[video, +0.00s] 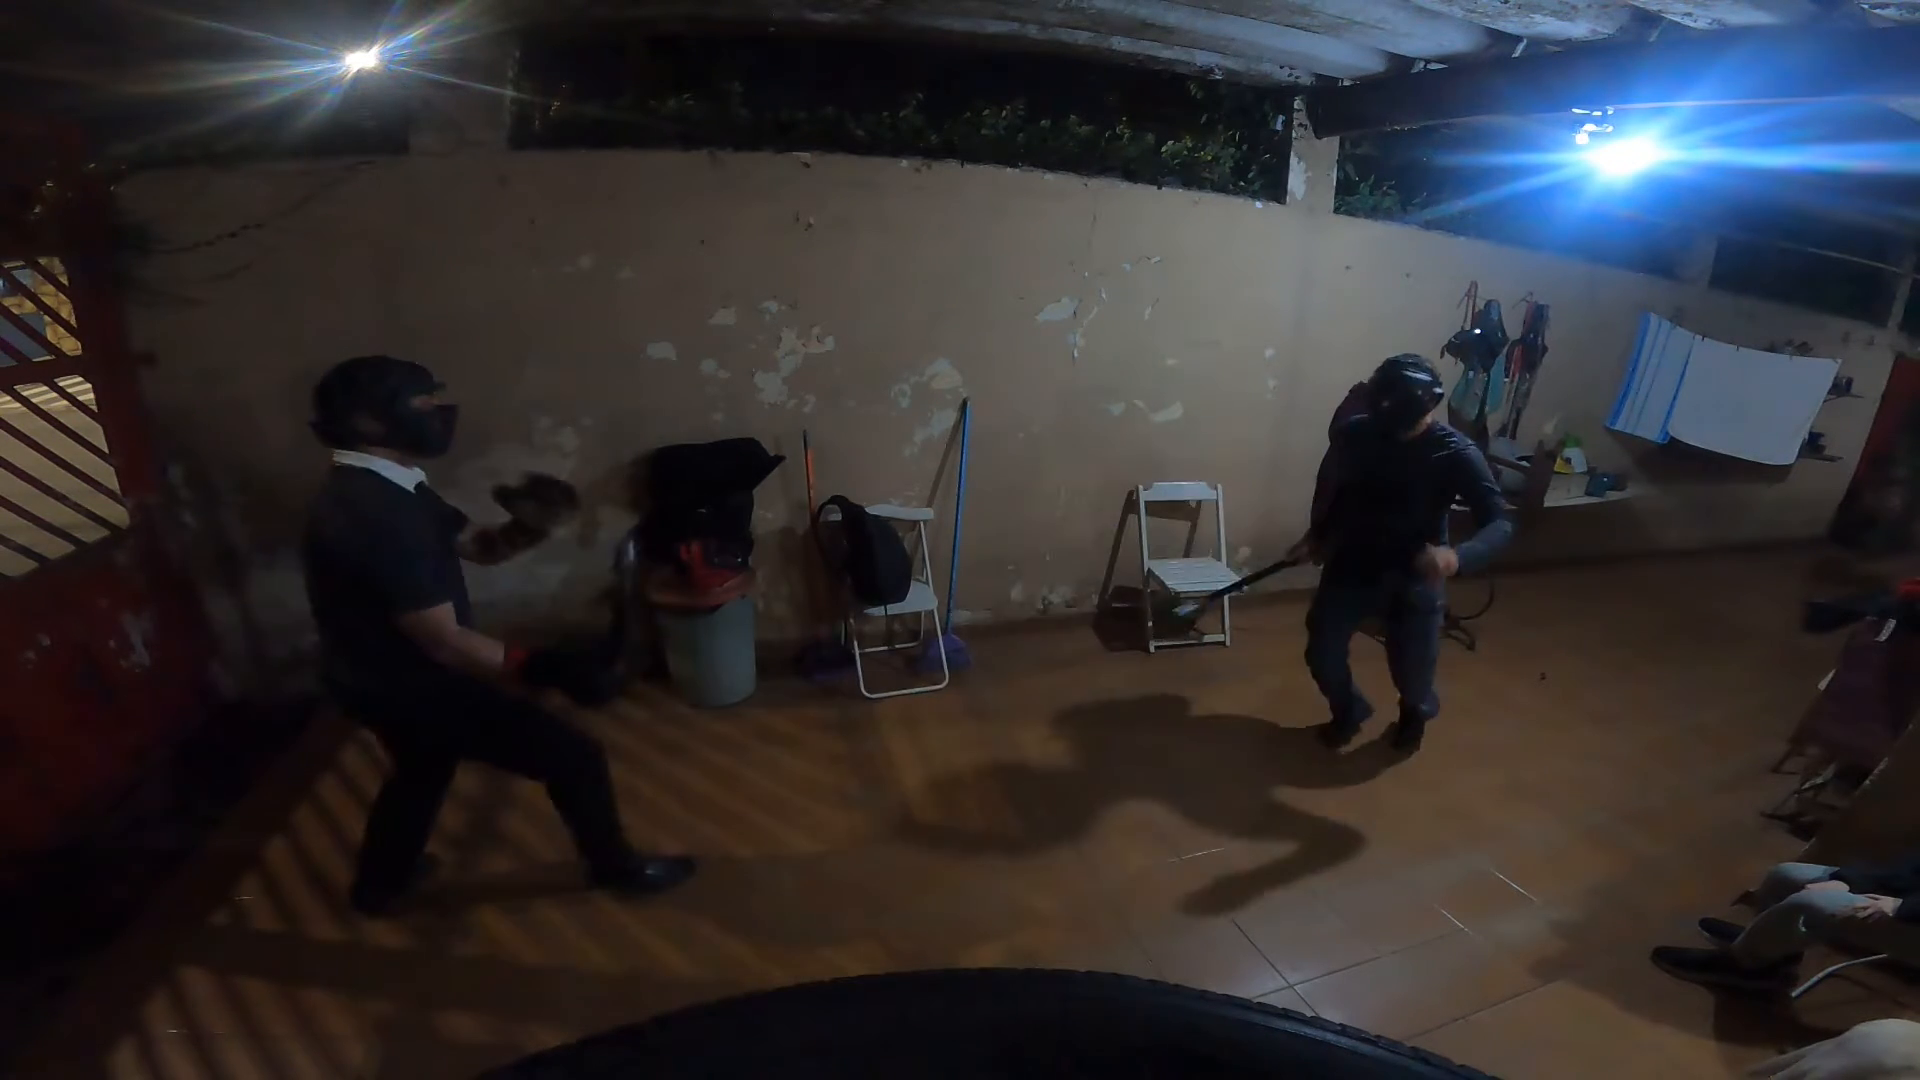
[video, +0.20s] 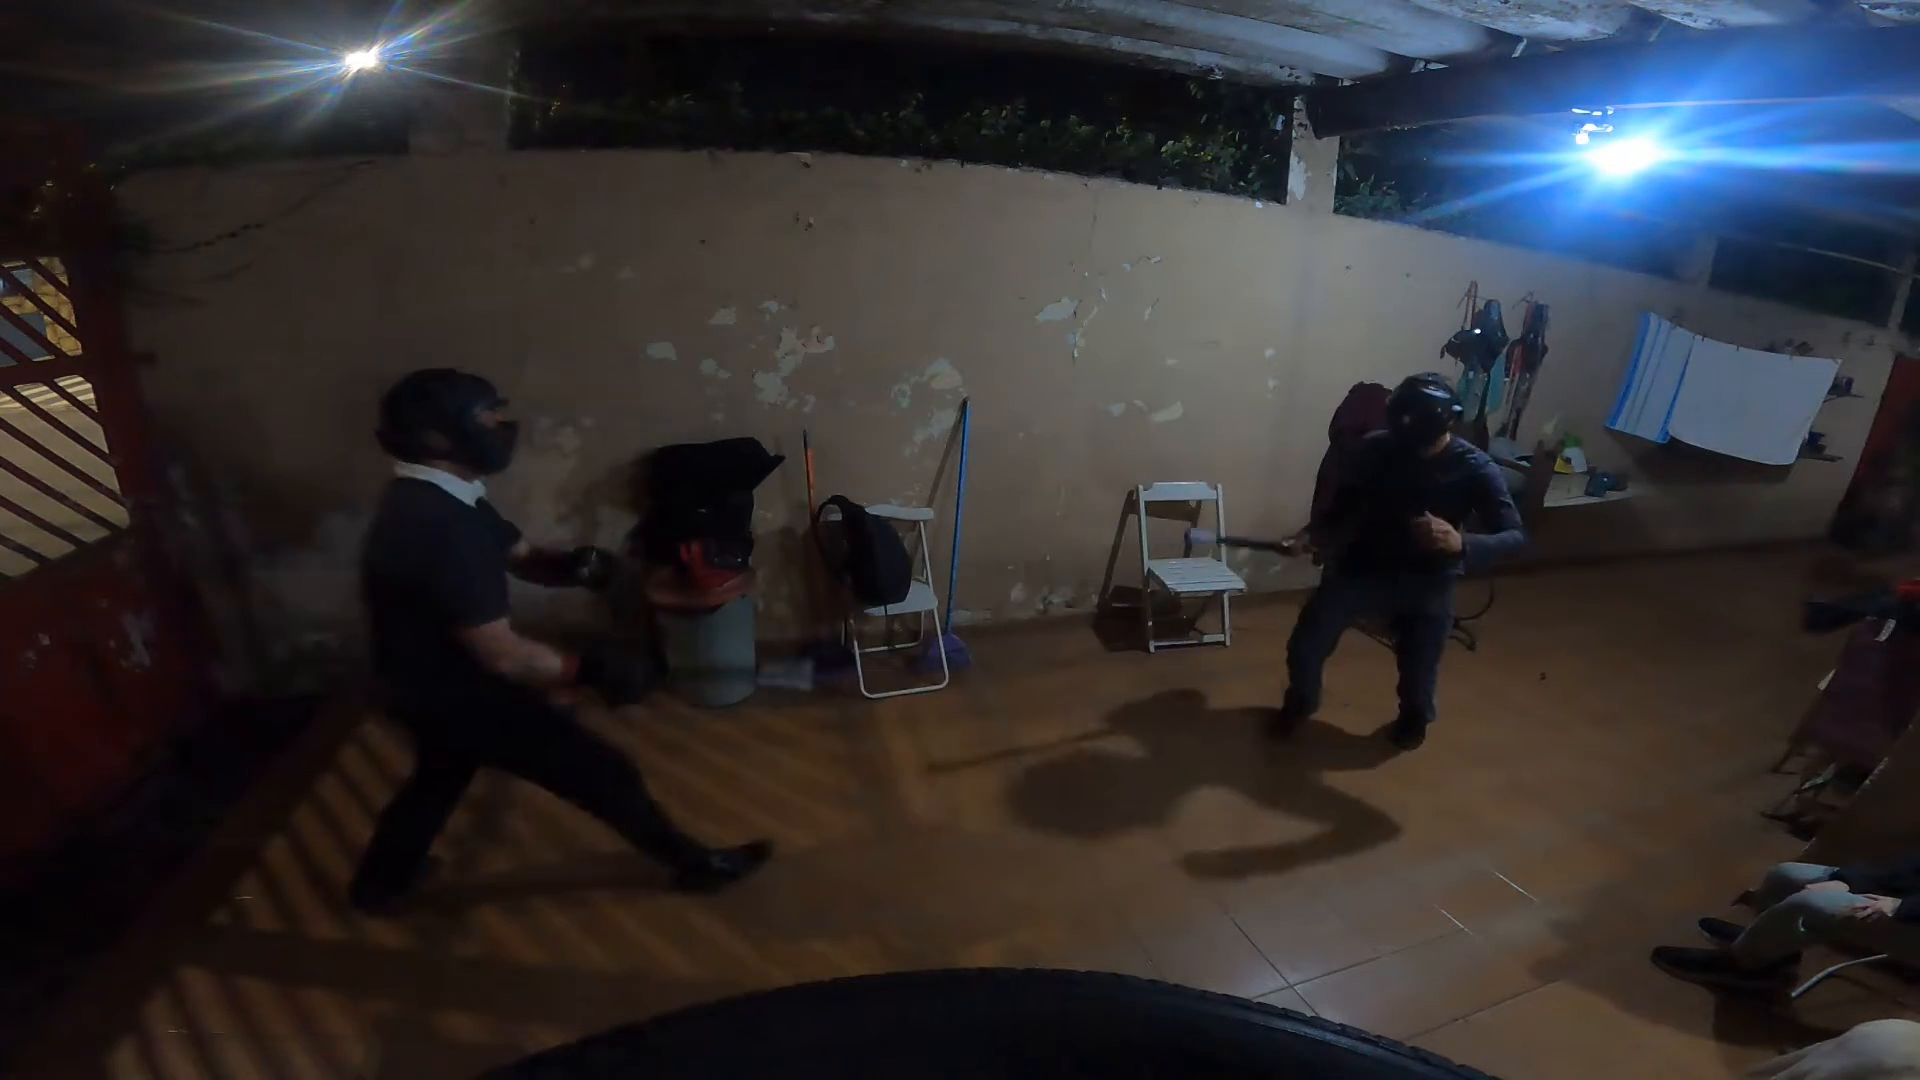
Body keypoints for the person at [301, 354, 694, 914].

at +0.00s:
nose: (444, 407)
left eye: (437, 396)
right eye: (425, 399)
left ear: (373, 425)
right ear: (378, 421)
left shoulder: (374, 486)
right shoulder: (391, 511)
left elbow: (480, 549)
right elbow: (440, 639)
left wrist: (531, 525)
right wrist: (530, 666)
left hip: (376, 683)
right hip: (416, 692)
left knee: (425, 765)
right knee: (572, 755)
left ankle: (381, 880)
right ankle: (615, 865)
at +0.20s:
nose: (505, 422)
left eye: (498, 410)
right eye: (487, 414)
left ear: (437, 438)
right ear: (441, 436)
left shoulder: (436, 498)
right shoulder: (445, 522)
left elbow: (521, 557)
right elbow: (495, 648)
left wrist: (583, 567)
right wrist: (580, 669)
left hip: (425, 686)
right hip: (458, 697)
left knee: (438, 781)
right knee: (602, 773)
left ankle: (378, 883)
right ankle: (692, 863)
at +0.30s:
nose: (563, 428)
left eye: (558, 415)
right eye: (546, 417)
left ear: (489, 439)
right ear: (498, 437)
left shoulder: (462, 504)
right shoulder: (504, 525)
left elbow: (526, 556)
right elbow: (574, 646)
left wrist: (583, 561)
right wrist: (654, 641)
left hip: (461, 692)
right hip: (508, 702)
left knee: (462, 770)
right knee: (643, 764)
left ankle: (381, 873)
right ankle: (704, 865)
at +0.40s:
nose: (625, 420)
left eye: (620, 407)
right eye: (609, 410)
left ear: (553, 437)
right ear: (563, 434)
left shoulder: (517, 499)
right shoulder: (577, 522)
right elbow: (661, 624)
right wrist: (739, 608)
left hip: (514, 684)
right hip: (563, 698)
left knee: (519, 762)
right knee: (693, 762)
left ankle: (419, 852)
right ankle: (711, 866)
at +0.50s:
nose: (658, 413)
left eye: (653, 401)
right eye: (643, 404)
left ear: (591, 425)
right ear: (600, 424)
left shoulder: (547, 486)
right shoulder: (611, 504)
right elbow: (682, 621)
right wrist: (763, 649)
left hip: (533, 671)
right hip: (585, 687)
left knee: (585, 740)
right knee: (707, 755)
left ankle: (499, 839)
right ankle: (714, 864)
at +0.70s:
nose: (698, 427)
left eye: (695, 415)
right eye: (686, 416)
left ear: (626, 430)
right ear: (646, 430)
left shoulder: (584, 491)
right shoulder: (648, 512)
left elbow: (598, 596)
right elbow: (649, 653)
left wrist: (683, 595)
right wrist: (715, 699)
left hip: (558, 682)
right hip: (611, 692)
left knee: (620, 739)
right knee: (762, 734)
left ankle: (569, 864)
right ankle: (778, 856)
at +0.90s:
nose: (691, 458)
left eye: (689, 445)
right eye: (681, 447)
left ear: (625, 462)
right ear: (644, 461)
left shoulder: (592, 521)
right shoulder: (650, 539)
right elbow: (660, 666)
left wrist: (702, 592)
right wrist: (756, 678)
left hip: (594, 699)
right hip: (645, 709)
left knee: (591, 752)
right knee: (783, 753)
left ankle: (516, 818)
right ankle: (823, 870)